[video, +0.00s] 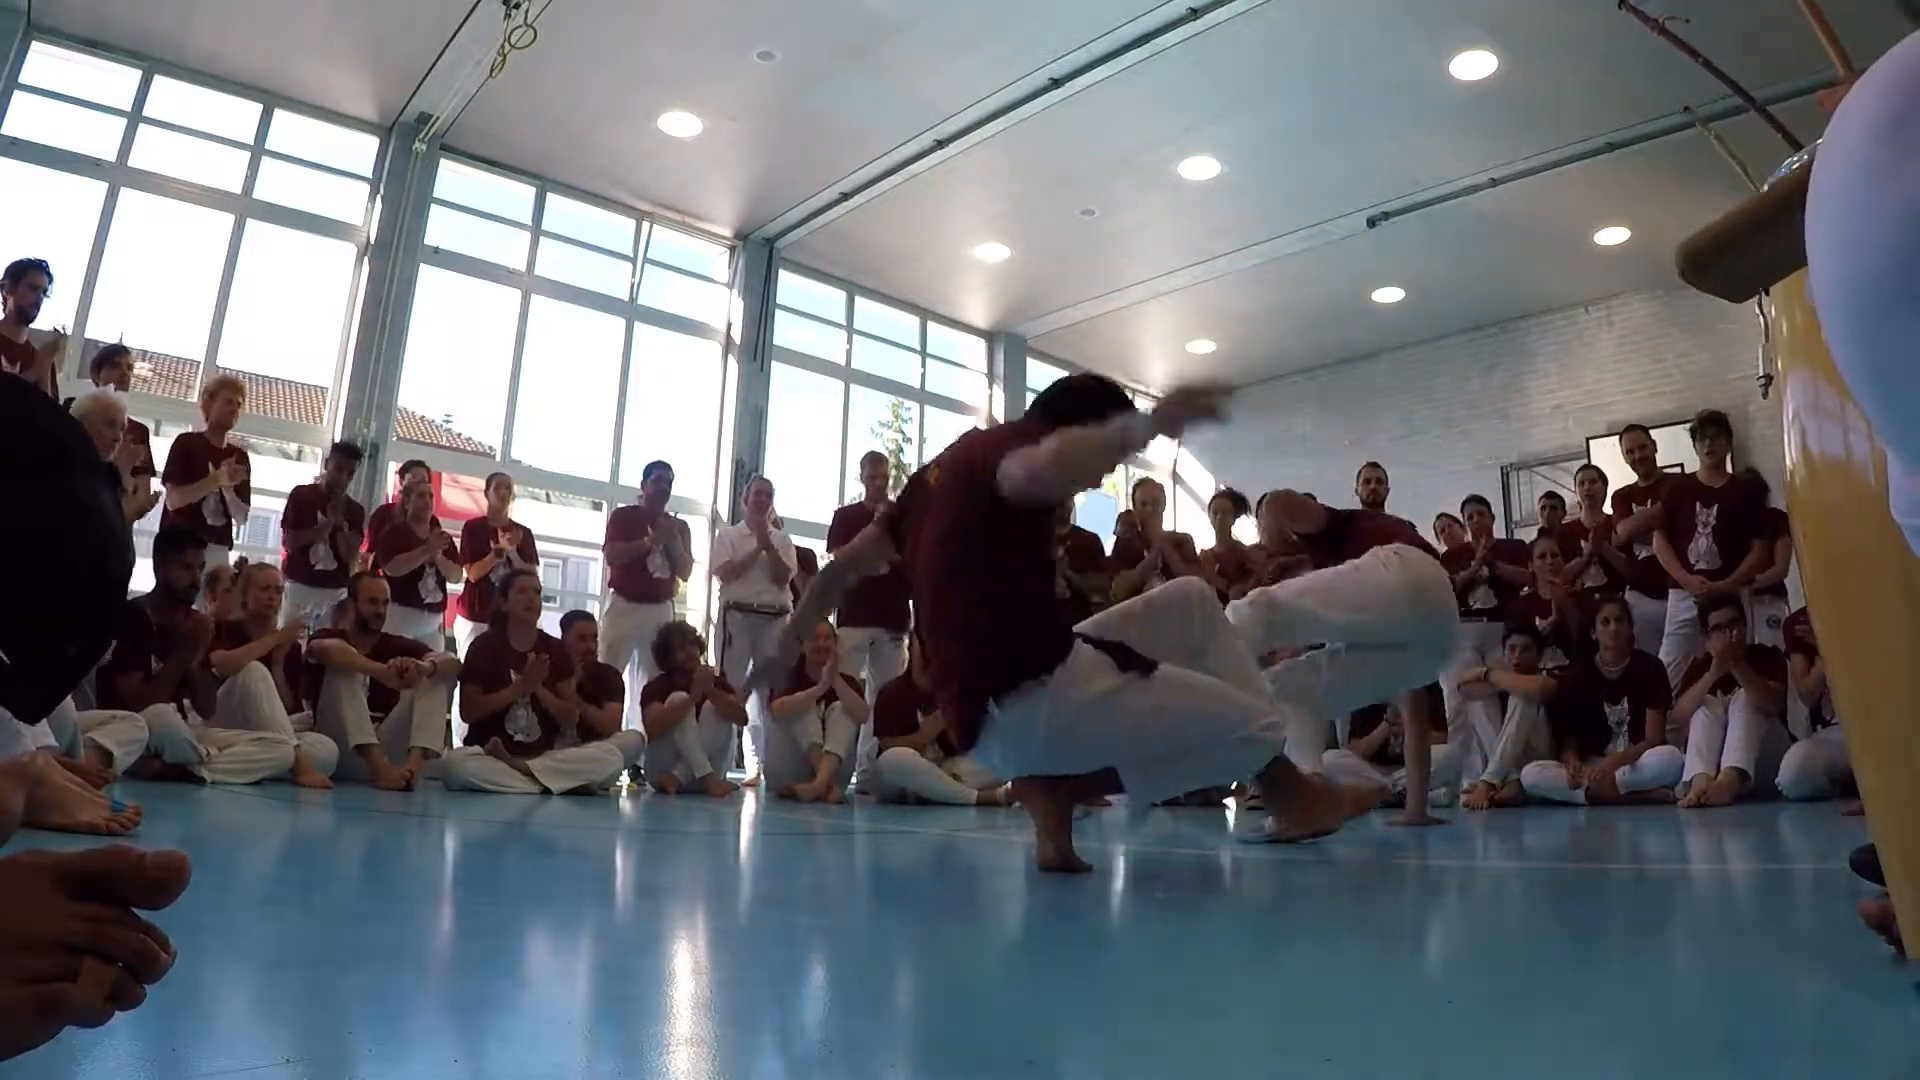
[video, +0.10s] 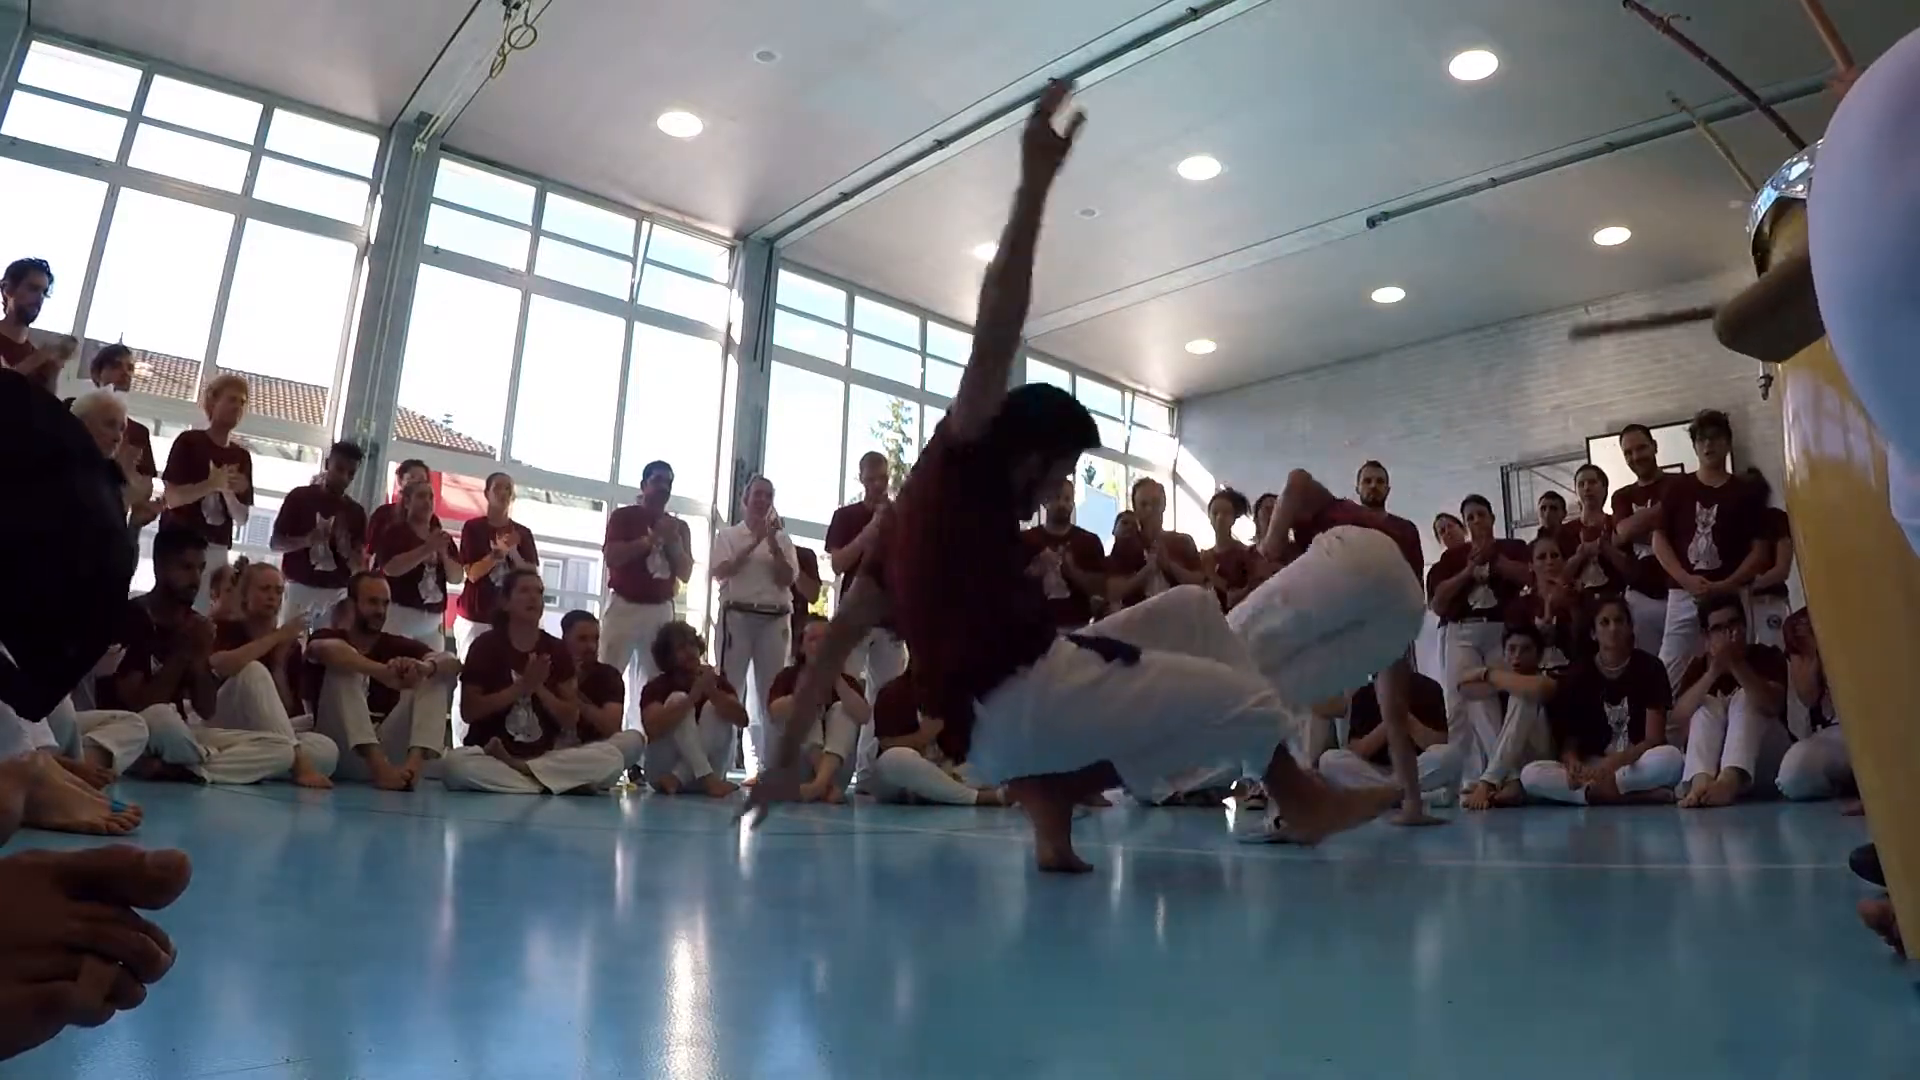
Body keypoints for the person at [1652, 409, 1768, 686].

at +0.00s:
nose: (1709, 445)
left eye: (1716, 438)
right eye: (1702, 439)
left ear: (1728, 443)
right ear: (1695, 445)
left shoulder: (1748, 488)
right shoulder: (1676, 488)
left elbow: (1760, 551)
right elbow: (1659, 540)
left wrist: (1726, 585)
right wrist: (1685, 579)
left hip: (1731, 592)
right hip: (1684, 594)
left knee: (1734, 669)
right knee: (1670, 671)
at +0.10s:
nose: (1708, 445)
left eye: (1716, 438)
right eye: (1702, 439)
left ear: (1728, 443)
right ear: (1694, 445)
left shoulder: (1748, 490)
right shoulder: (1676, 489)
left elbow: (1760, 552)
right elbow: (1658, 540)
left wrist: (1726, 585)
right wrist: (1685, 579)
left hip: (1731, 593)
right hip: (1684, 595)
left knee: (1734, 669)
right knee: (1670, 672)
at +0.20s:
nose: (1708, 445)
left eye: (1715, 438)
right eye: (1702, 439)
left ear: (1728, 443)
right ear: (1694, 445)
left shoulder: (1748, 490)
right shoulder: (1676, 488)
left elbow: (1760, 551)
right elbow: (1658, 540)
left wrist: (1725, 586)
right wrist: (1685, 579)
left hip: (1730, 592)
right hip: (1684, 594)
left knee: (1734, 669)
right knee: (1670, 671)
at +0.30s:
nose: (1708, 445)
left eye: (1715, 439)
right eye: (1701, 439)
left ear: (1728, 444)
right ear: (1694, 445)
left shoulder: (1747, 490)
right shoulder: (1676, 489)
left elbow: (1760, 549)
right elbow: (1658, 540)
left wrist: (1728, 585)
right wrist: (1685, 579)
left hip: (1730, 594)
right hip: (1683, 596)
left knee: (1734, 672)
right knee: (1670, 674)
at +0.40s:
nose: (1707, 445)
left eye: (1714, 439)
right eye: (1701, 440)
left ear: (1729, 444)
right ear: (1695, 445)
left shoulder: (1748, 490)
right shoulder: (1677, 489)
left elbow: (1760, 549)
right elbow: (1658, 539)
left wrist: (1727, 585)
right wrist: (1685, 580)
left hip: (1731, 594)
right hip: (1683, 596)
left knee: (1735, 671)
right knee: (1670, 673)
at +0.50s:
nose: (1706, 446)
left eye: (1714, 440)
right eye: (1701, 440)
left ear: (1730, 445)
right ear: (1696, 445)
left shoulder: (1749, 491)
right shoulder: (1677, 488)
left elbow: (1759, 550)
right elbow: (1658, 539)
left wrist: (1726, 586)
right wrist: (1684, 579)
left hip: (1731, 594)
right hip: (1683, 596)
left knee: (1735, 671)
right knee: (1669, 673)